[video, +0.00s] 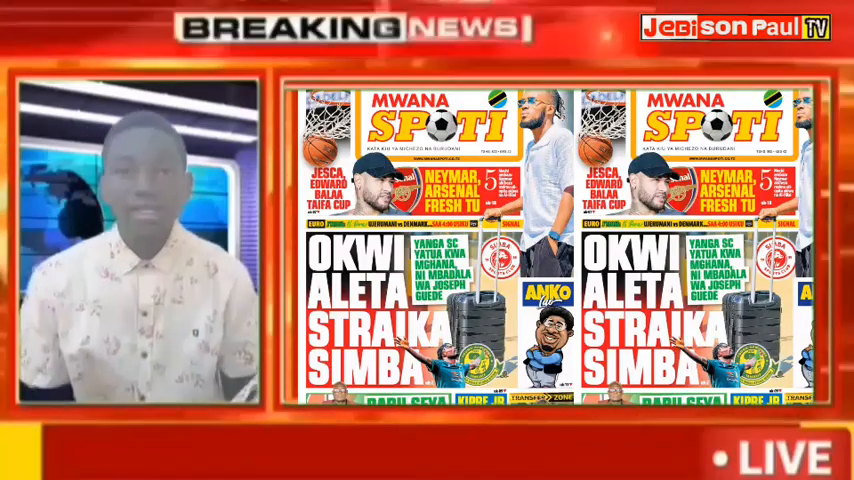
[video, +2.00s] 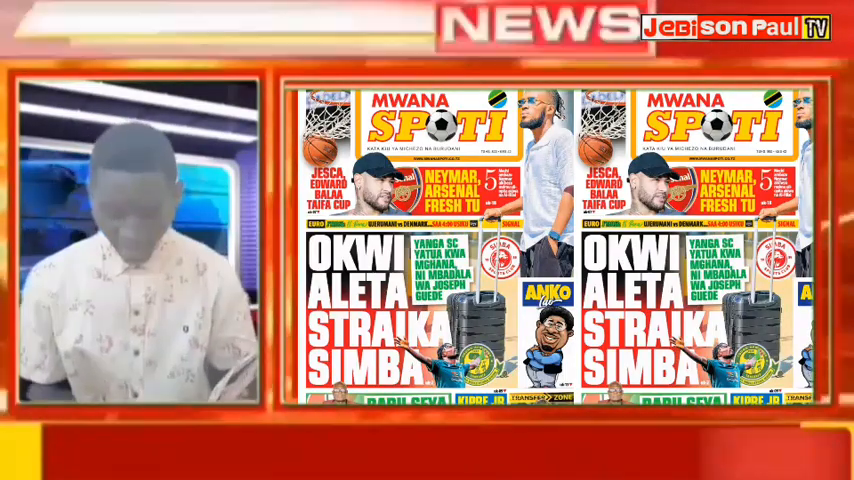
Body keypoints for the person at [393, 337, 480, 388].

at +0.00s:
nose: (453, 348)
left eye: (453, 347)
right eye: (449, 347)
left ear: (455, 351)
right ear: (443, 354)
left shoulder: (462, 367)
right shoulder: (439, 365)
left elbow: (474, 365)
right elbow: (423, 359)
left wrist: (478, 361)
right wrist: (408, 348)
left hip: (461, 402)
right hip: (444, 402)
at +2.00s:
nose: (453, 348)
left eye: (453, 347)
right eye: (449, 347)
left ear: (455, 351)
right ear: (443, 354)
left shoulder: (462, 367)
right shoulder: (438, 365)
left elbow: (474, 365)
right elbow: (423, 359)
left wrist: (478, 360)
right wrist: (408, 348)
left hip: (461, 403)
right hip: (444, 403)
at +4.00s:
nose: (453, 348)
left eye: (453, 347)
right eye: (449, 347)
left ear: (455, 351)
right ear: (443, 354)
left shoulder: (462, 367)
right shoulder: (438, 365)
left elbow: (474, 365)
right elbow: (423, 359)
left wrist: (478, 360)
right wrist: (408, 348)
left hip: (461, 403)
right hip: (444, 403)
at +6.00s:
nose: (453, 348)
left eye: (453, 347)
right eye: (449, 348)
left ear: (456, 352)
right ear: (443, 354)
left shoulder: (462, 367)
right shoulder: (439, 365)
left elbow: (474, 365)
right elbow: (423, 359)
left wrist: (478, 360)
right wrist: (408, 348)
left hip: (461, 403)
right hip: (445, 403)